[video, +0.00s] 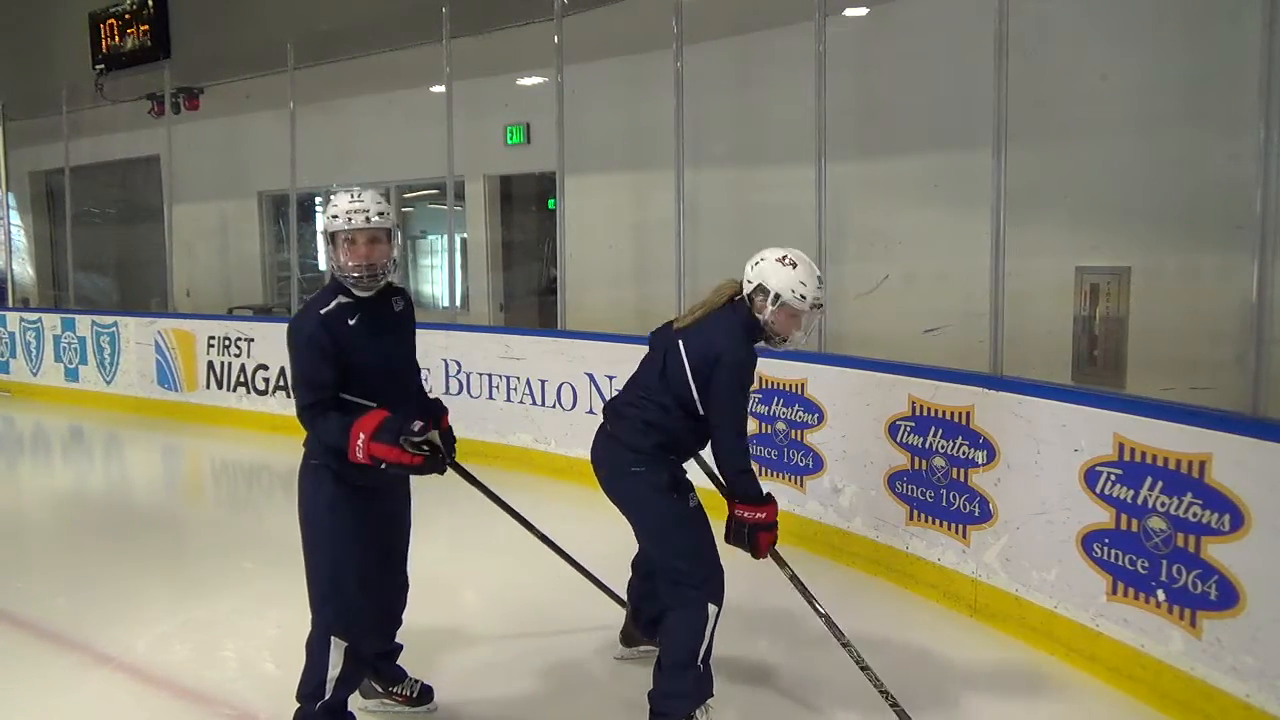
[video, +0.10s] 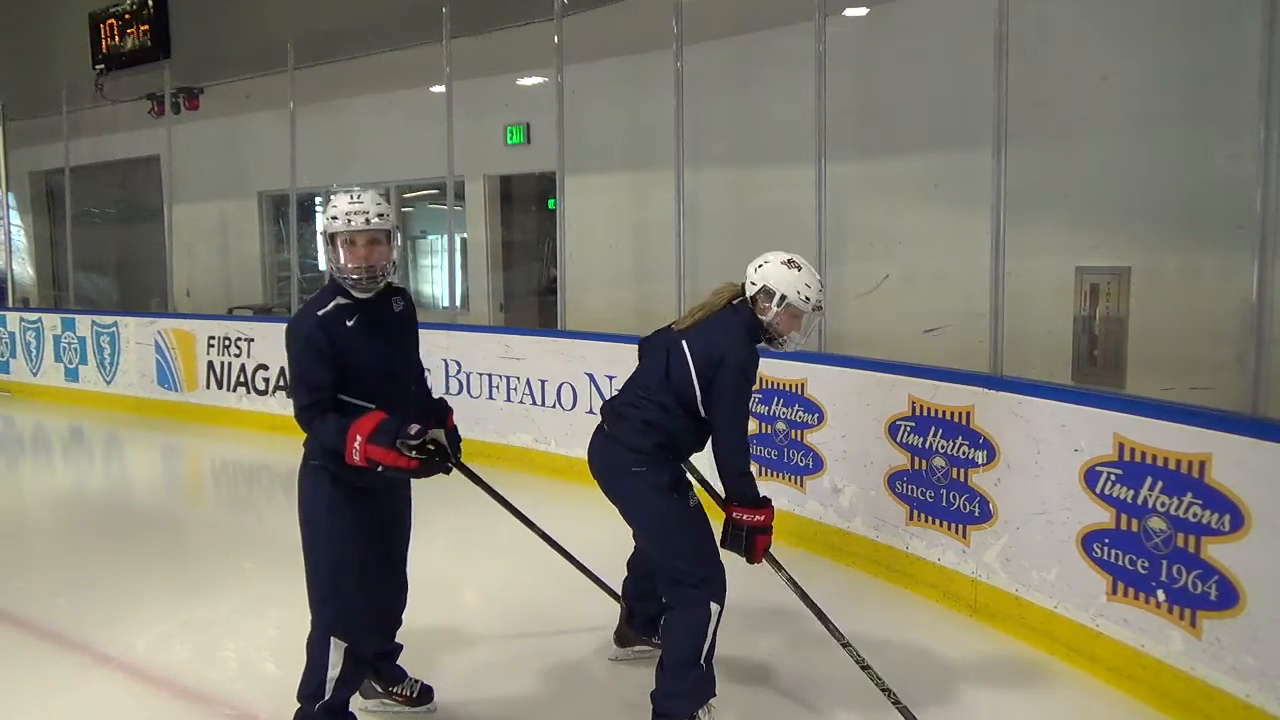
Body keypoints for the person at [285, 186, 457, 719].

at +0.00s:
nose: (364, 254)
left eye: (375, 242)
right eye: (352, 243)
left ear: (391, 247)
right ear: (334, 249)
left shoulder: (399, 305)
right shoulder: (315, 320)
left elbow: (405, 381)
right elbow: (316, 413)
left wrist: (432, 421)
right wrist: (375, 440)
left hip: (389, 474)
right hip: (335, 478)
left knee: (387, 580)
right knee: (344, 595)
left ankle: (376, 671)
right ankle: (321, 707)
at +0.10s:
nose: (365, 256)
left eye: (376, 243)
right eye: (352, 245)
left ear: (391, 247)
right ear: (333, 250)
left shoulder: (400, 305)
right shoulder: (314, 321)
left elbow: (411, 382)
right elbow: (313, 414)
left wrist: (436, 423)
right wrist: (374, 440)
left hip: (391, 474)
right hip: (336, 478)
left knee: (387, 580)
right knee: (342, 597)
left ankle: (376, 670)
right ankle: (321, 708)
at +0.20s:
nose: (367, 257)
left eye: (378, 244)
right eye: (354, 246)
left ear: (393, 248)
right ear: (334, 250)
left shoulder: (401, 306)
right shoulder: (314, 321)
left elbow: (412, 382)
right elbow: (313, 414)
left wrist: (437, 423)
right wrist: (378, 442)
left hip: (392, 474)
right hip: (336, 479)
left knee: (387, 580)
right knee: (345, 596)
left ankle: (377, 672)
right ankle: (323, 707)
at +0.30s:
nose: (375, 257)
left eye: (384, 244)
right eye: (361, 246)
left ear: (398, 247)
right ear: (340, 249)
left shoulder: (401, 306)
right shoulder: (317, 321)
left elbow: (411, 385)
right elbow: (316, 415)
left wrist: (435, 419)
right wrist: (377, 440)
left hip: (392, 472)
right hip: (338, 477)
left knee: (388, 580)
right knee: (346, 595)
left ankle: (377, 671)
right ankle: (322, 707)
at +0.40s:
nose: (385, 257)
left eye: (393, 244)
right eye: (371, 245)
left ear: (403, 247)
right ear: (344, 249)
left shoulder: (399, 306)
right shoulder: (322, 317)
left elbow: (409, 386)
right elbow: (324, 417)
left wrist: (439, 421)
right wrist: (401, 438)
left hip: (390, 470)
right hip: (339, 476)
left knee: (388, 581)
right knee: (348, 597)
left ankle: (377, 670)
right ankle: (322, 708)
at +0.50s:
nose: (412, 253)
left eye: (412, 241)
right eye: (399, 242)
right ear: (364, 247)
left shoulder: (394, 304)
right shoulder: (335, 319)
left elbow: (403, 389)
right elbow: (340, 419)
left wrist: (438, 426)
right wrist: (418, 429)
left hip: (387, 469)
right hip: (343, 476)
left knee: (388, 580)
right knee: (350, 603)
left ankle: (378, 670)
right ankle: (323, 708)